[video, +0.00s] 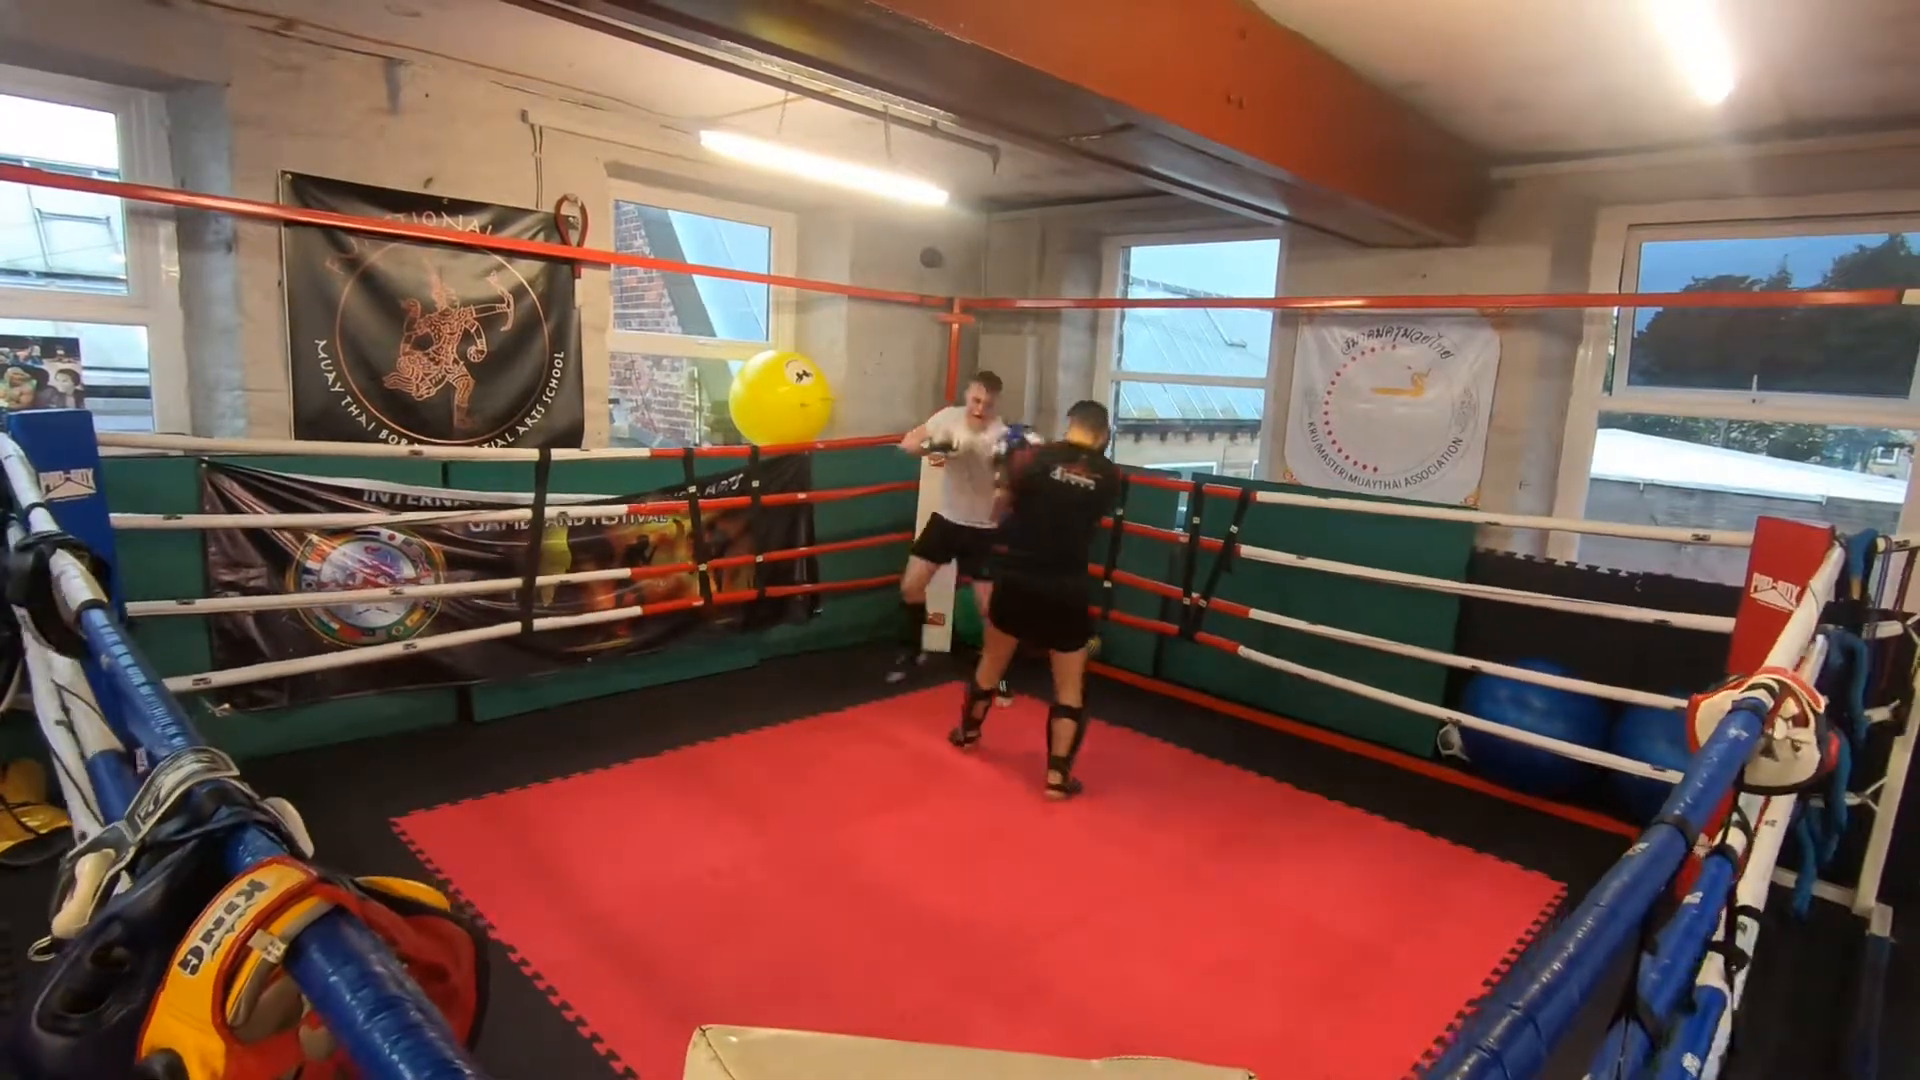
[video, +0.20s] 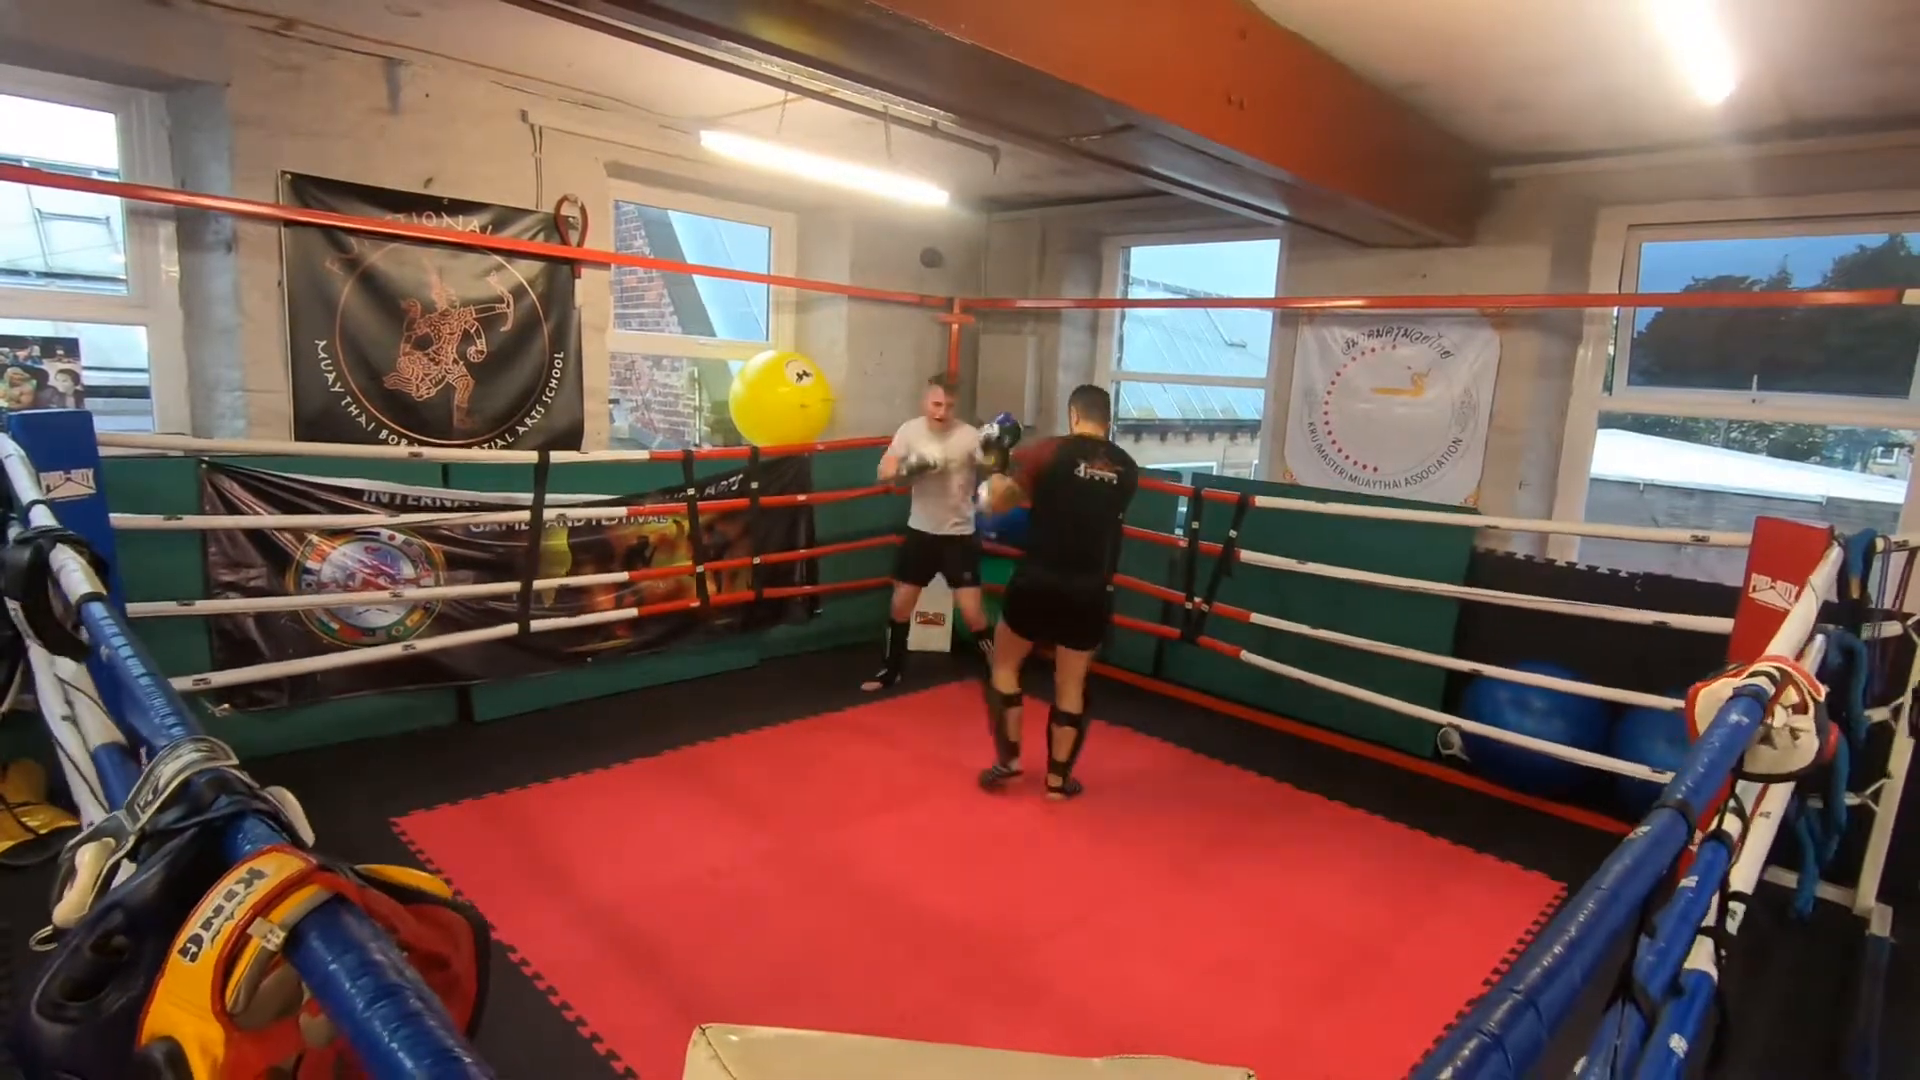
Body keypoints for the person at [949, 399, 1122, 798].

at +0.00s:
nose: (1089, 439)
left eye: (1078, 427)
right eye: (1103, 435)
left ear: (1068, 425)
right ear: (1104, 436)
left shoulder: (1032, 460)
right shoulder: (1109, 478)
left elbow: (1003, 508)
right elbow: (1093, 515)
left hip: (1016, 582)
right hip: (1067, 593)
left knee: (992, 661)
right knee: (1068, 686)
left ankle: (968, 731)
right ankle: (1057, 776)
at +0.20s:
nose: (1071, 423)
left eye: (1071, 417)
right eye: (1080, 419)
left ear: (1073, 417)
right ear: (1109, 420)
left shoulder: (1047, 454)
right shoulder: (1126, 469)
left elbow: (998, 500)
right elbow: (1087, 498)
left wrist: (996, 463)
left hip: (1037, 587)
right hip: (1088, 595)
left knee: (1006, 663)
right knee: (1071, 684)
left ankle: (1009, 759)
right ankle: (1057, 779)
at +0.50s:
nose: (1058, 428)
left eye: (1057, 422)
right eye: (1063, 422)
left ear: (1062, 421)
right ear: (1097, 420)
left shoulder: (1049, 462)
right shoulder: (1126, 466)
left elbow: (1018, 528)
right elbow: (1106, 517)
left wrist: (1008, 506)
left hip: (1056, 593)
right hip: (1104, 595)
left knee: (1059, 697)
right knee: (1088, 682)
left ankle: (1056, 802)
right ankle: (1076, 773)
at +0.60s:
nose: (1058, 429)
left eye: (1058, 422)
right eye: (1060, 423)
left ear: (1066, 421)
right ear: (1099, 419)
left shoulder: (1056, 460)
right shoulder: (1129, 464)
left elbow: (1025, 528)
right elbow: (1103, 519)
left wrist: (1003, 511)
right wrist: (1038, 505)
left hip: (1062, 595)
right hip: (1109, 596)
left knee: (1047, 697)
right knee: (1102, 682)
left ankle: (1054, 801)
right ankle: (1118, 780)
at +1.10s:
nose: (949, 432)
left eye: (950, 425)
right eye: (948, 425)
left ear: (961, 423)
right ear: (980, 421)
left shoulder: (986, 462)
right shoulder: (990, 453)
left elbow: (1027, 519)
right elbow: (957, 481)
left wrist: (978, 555)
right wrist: (922, 454)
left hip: (1017, 586)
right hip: (1043, 579)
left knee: (983, 680)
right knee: (1074, 668)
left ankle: (986, 779)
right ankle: (1130, 753)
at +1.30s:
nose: (912, 422)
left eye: (912, 414)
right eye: (912, 414)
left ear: (923, 408)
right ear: (941, 405)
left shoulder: (952, 451)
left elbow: (958, 524)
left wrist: (906, 529)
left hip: (969, 573)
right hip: (974, 568)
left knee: (969, 676)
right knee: (974, 660)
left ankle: (984, 773)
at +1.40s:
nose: (899, 419)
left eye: (899, 412)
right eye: (900, 412)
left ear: (909, 410)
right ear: (934, 406)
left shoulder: (930, 452)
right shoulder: (960, 440)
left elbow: (922, 526)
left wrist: (869, 518)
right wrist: (914, 440)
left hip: (948, 571)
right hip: (962, 565)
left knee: (961, 667)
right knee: (933, 641)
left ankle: (983, 772)